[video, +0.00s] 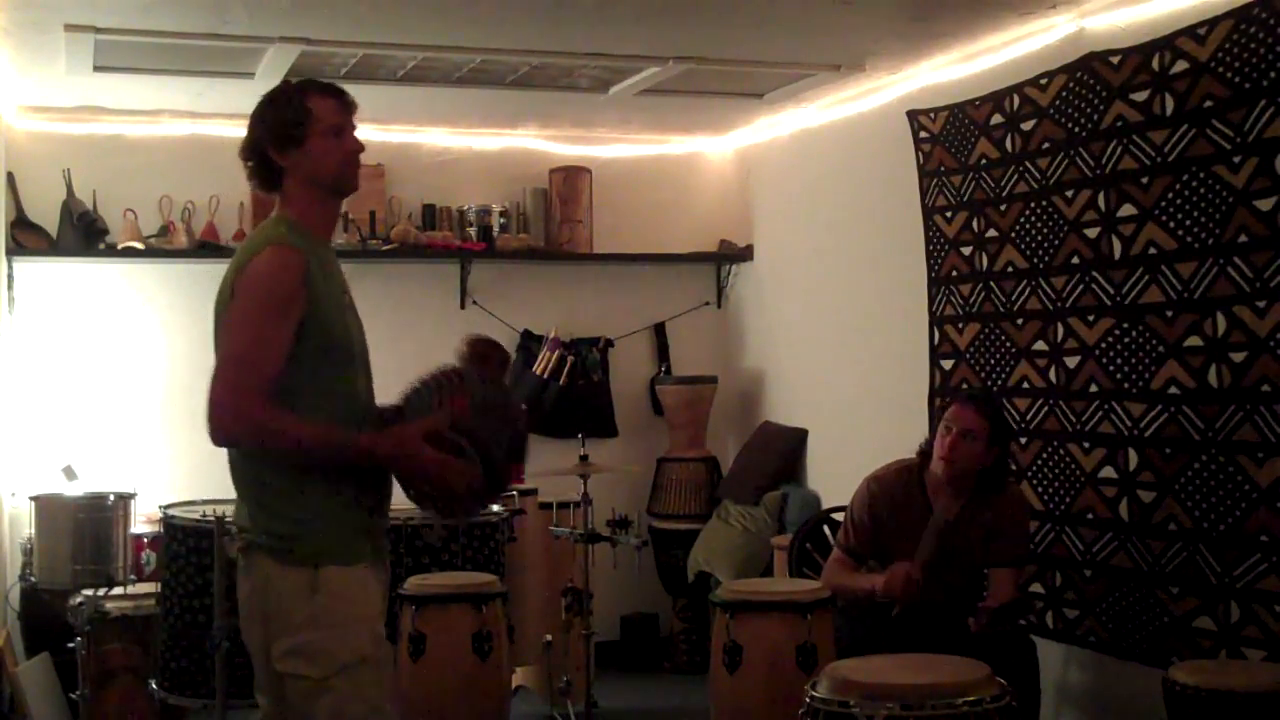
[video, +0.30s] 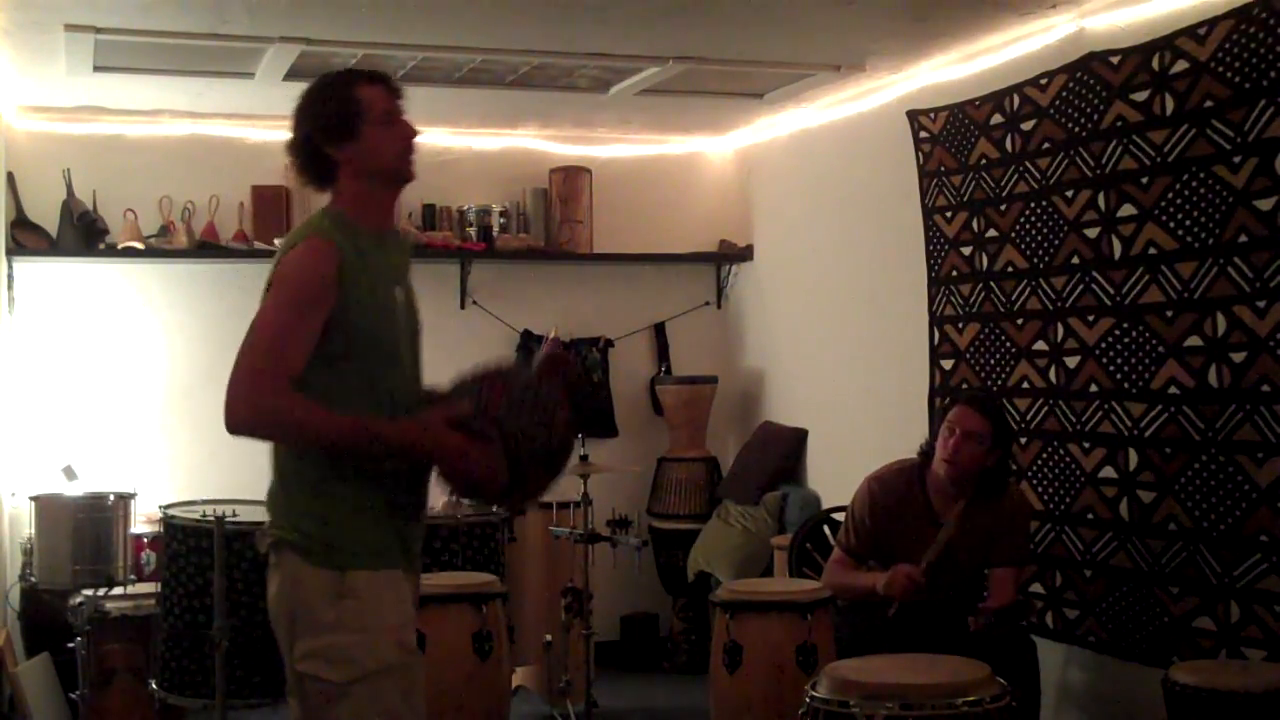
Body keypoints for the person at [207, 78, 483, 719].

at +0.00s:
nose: (358, 145)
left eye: (355, 131)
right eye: (339, 133)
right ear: (286, 152)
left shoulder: (307, 257)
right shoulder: (279, 259)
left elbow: (324, 414)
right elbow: (233, 414)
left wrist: (418, 417)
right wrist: (384, 449)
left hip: (329, 560)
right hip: (309, 566)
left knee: (329, 707)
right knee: (340, 708)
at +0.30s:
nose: (411, 130)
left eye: (403, 117)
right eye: (390, 120)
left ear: (358, 147)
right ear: (341, 146)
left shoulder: (389, 251)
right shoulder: (317, 252)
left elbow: (375, 400)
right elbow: (248, 404)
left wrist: (464, 401)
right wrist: (407, 437)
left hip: (381, 550)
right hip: (333, 559)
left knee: (388, 704)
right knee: (360, 707)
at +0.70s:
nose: (484, 125)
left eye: (476, 111)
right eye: (462, 114)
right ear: (408, 140)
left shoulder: (444, 243)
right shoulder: (371, 267)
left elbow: (436, 377)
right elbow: (341, 445)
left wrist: (536, 356)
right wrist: (498, 426)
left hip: (431, 555)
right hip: (377, 569)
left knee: (437, 705)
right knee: (393, 709)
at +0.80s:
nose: (485, 119)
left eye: (478, 106)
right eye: (465, 108)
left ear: (423, 138)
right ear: (409, 135)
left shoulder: (430, 244)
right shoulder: (394, 255)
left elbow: (454, 358)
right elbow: (409, 444)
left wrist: (563, 348)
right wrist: (566, 416)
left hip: (438, 559)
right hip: (390, 572)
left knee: (474, 702)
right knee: (412, 709)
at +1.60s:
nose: (545, 136)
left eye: (539, 122)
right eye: (525, 124)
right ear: (472, 144)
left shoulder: (487, 255)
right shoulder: (471, 263)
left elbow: (499, 403)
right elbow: (434, 438)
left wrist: (594, 414)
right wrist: (577, 492)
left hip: (527, 570)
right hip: (472, 581)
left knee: (575, 713)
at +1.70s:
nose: (575, 131)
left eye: (568, 118)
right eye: (557, 119)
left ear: (514, 148)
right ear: (503, 145)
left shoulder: (515, 253)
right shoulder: (488, 255)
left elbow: (521, 401)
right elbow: (457, 421)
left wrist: (625, 391)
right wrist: (609, 429)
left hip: (537, 577)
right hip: (478, 586)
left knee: (588, 712)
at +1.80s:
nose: (598, 137)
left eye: (593, 121)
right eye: (582, 120)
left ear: (530, 138)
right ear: (527, 134)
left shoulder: (533, 246)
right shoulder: (505, 244)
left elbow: (559, 390)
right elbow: (510, 413)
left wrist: (673, 365)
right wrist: (663, 408)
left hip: (561, 566)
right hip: (496, 574)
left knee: (593, 711)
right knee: (484, 709)